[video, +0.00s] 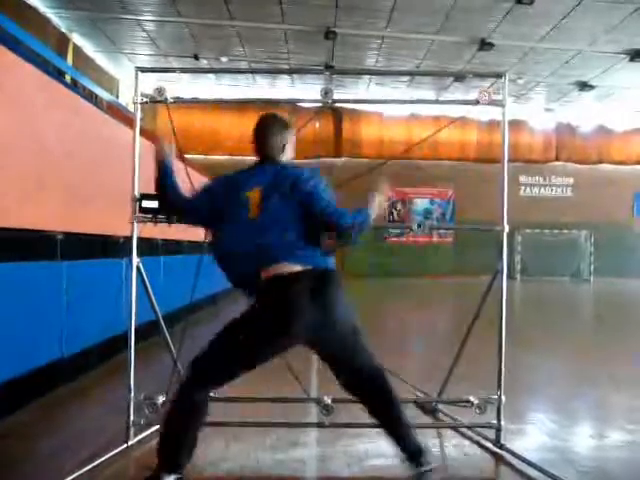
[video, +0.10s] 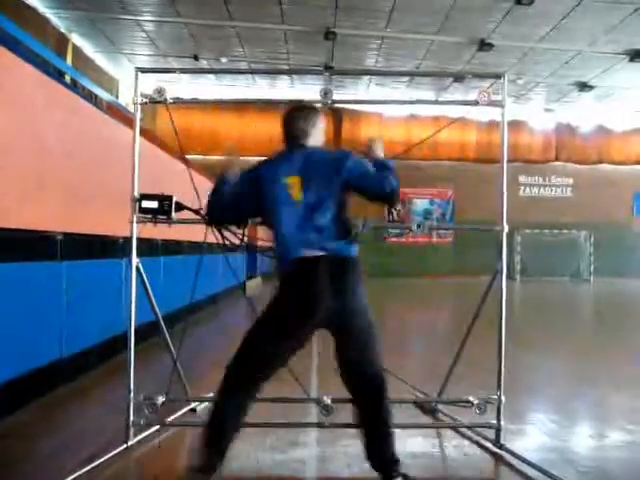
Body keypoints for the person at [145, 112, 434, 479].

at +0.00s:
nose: (294, 146)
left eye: (292, 141)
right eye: (292, 141)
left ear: (254, 145)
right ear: (287, 145)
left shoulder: (226, 189)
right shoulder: (302, 179)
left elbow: (177, 206)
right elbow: (341, 225)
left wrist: (164, 160)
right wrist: (373, 207)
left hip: (275, 301)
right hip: (322, 292)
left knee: (200, 378)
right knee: (364, 374)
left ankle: (169, 468)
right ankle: (417, 456)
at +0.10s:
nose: (324, 132)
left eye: (321, 126)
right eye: (322, 127)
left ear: (285, 133)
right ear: (317, 131)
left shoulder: (266, 173)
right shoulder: (338, 162)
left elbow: (218, 214)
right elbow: (387, 190)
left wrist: (226, 179)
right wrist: (379, 160)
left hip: (299, 290)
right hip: (346, 288)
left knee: (245, 372)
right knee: (367, 377)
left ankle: (208, 461)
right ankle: (387, 465)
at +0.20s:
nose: (347, 137)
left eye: (345, 131)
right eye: (344, 131)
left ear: (307, 132)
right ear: (336, 133)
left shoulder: (274, 164)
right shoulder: (350, 168)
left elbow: (230, 157)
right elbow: (400, 203)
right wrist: (402, 171)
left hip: (307, 292)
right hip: (355, 289)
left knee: (261, 380)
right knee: (404, 353)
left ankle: (235, 468)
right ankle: (406, 451)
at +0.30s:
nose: (372, 129)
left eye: (368, 122)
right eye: (371, 123)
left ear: (337, 124)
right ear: (366, 125)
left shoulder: (303, 154)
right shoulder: (383, 159)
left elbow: (254, 149)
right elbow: (439, 174)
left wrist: (266, 118)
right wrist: (446, 142)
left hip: (322, 286)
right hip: (371, 283)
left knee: (276, 372)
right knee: (439, 342)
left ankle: (221, 464)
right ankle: (439, 438)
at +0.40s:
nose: (421, 141)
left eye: (418, 135)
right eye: (418, 136)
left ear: (385, 142)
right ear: (411, 142)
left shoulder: (359, 175)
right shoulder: (428, 169)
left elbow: (310, 201)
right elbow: (466, 146)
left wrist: (315, 174)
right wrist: (483, 108)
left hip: (354, 297)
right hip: (399, 299)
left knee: (296, 369)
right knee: (450, 374)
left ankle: (226, 449)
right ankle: (478, 458)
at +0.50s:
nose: (441, 157)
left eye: (436, 151)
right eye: (439, 152)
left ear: (407, 158)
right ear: (437, 159)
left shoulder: (384, 197)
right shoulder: (451, 194)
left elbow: (347, 242)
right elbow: (481, 169)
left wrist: (344, 208)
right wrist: (486, 116)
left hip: (374, 307)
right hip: (419, 311)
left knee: (317, 384)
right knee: (479, 369)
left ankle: (255, 461)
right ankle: (482, 461)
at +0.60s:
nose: (403, 158)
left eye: (403, 152)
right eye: (422, 151)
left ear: (401, 157)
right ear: (434, 158)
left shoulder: (380, 192)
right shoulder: (456, 197)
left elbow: (339, 233)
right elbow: (499, 202)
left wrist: (323, 203)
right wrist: (493, 157)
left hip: (375, 307)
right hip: (423, 310)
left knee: (324, 385)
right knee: (482, 373)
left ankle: (290, 457)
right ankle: (481, 460)